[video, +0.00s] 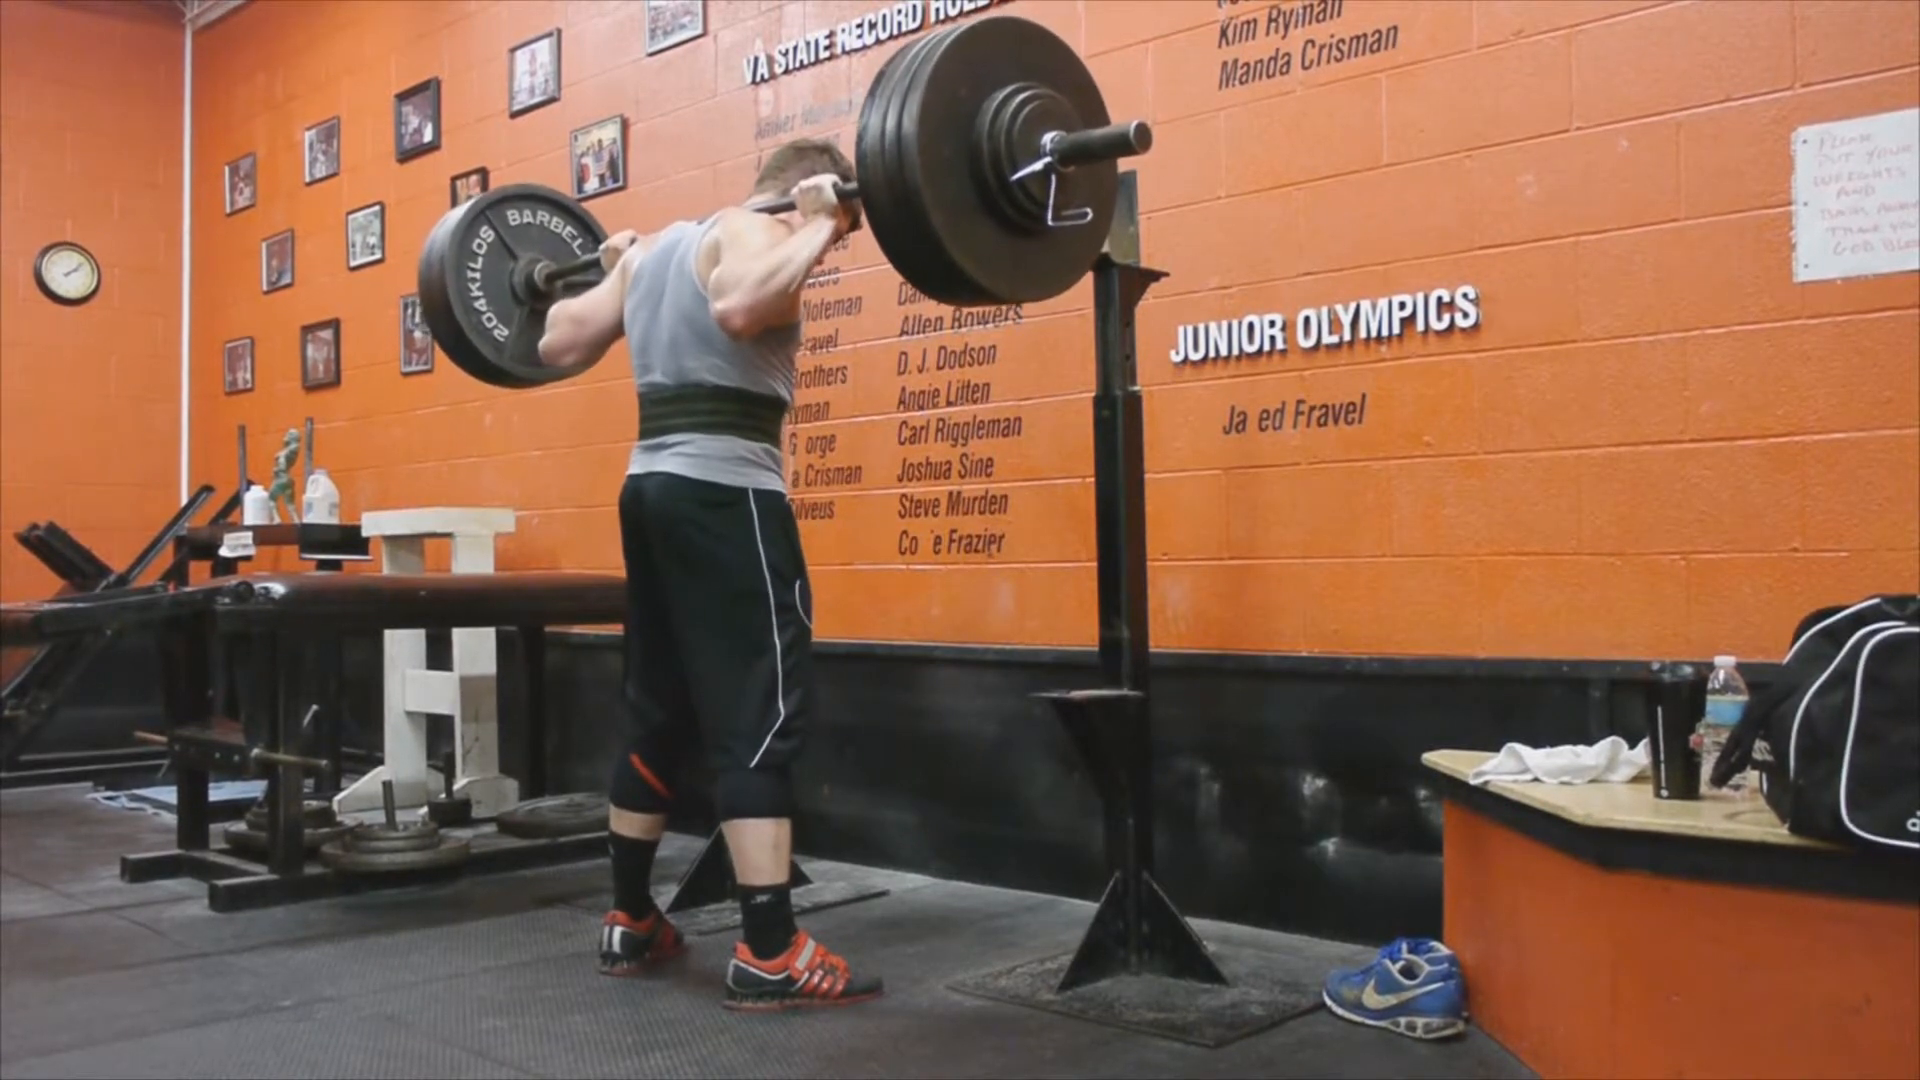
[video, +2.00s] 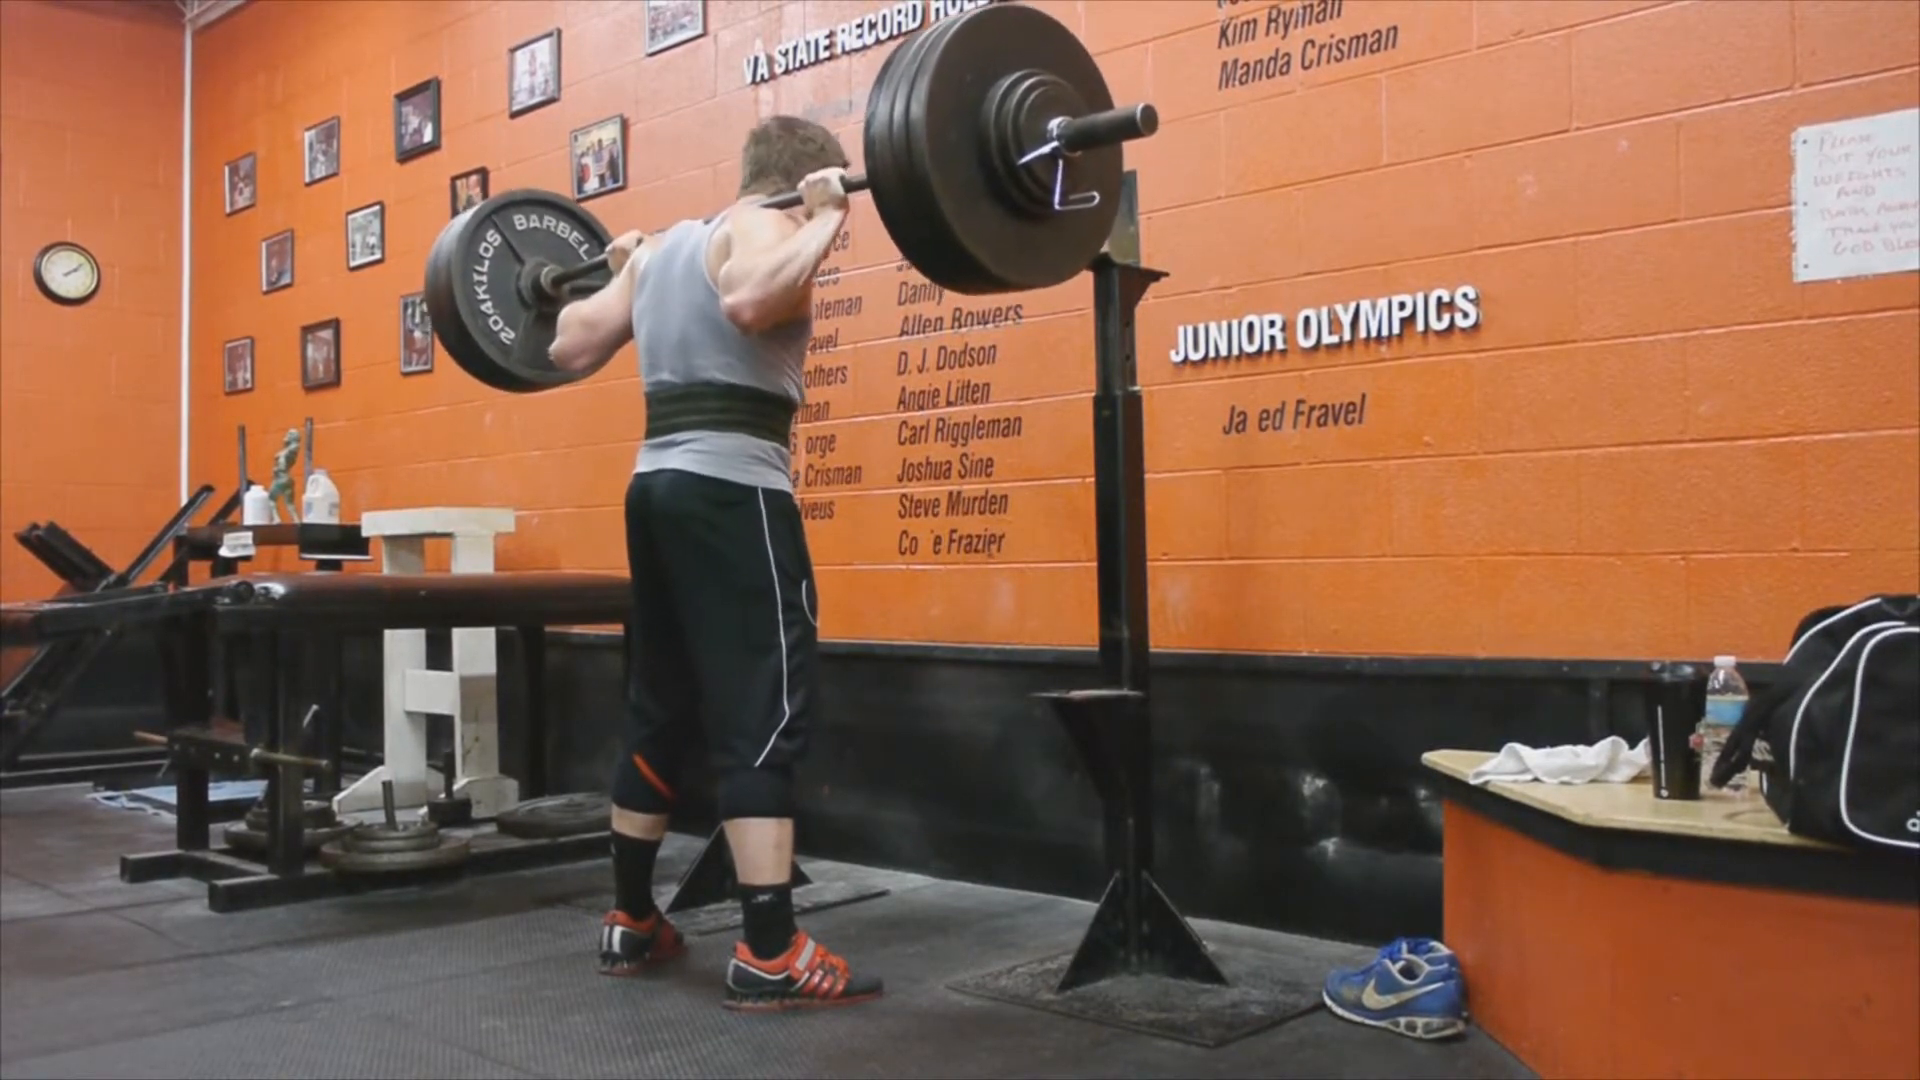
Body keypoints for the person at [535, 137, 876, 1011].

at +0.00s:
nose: (837, 240)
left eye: (845, 228)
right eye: (839, 221)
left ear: (758, 184)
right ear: (809, 198)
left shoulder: (655, 252)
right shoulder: (763, 232)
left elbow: (556, 342)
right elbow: (738, 309)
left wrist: (611, 271)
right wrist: (818, 230)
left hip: (651, 495)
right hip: (728, 497)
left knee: (661, 711)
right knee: (758, 714)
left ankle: (630, 920)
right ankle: (770, 947)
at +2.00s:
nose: (832, 216)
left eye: (838, 201)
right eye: (830, 199)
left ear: (744, 178)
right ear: (803, 185)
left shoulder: (662, 250)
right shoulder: (766, 227)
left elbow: (568, 347)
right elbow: (748, 303)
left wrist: (611, 272)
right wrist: (827, 222)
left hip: (657, 490)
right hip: (735, 490)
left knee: (663, 709)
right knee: (762, 713)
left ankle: (631, 920)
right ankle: (769, 947)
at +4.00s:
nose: (825, 189)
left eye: (824, 174)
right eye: (823, 174)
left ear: (737, 171)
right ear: (800, 169)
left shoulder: (664, 251)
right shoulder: (773, 227)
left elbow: (564, 347)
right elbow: (753, 303)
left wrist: (607, 273)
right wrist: (833, 229)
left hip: (650, 486)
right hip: (725, 488)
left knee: (658, 708)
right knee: (758, 713)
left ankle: (631, 920)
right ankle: (770, 947)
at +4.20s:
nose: (826, 196)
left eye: (824, 181)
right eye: (824, 182)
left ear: (737, 179)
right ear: (803, 177)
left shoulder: (666, 257)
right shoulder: (775, 235)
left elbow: (566, 357)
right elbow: (755, 311)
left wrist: (609, 279)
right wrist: (837, 237)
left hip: (633, 492)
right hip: (713, 495)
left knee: (653, 708)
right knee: (772, 710)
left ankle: (631, 920)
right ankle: (771, 947)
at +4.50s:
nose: (830, 255)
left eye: (831, 242)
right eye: (828, 242)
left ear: (741, 241)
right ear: (806, 240)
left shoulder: (671, 314)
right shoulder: (777, 301)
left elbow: (572, 412)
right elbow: (762, 373)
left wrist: (618, 336)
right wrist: (845, 300)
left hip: (607, 538)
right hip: (691, 543)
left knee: (659, 716)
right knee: (815, 725)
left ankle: (632, 921)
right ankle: (775, 948)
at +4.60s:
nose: (826, 285)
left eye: (825, 272)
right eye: (825, 272)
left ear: (739, 272)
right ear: (806, 271)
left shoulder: (670, 344)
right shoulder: (779, 332)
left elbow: (574, 444)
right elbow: (767, 407)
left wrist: (621, 363)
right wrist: (846, 333)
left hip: (602, 565)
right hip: (689, 571)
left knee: (660, 722)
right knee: (834, 734)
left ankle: (632, 921)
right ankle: (775, 948)